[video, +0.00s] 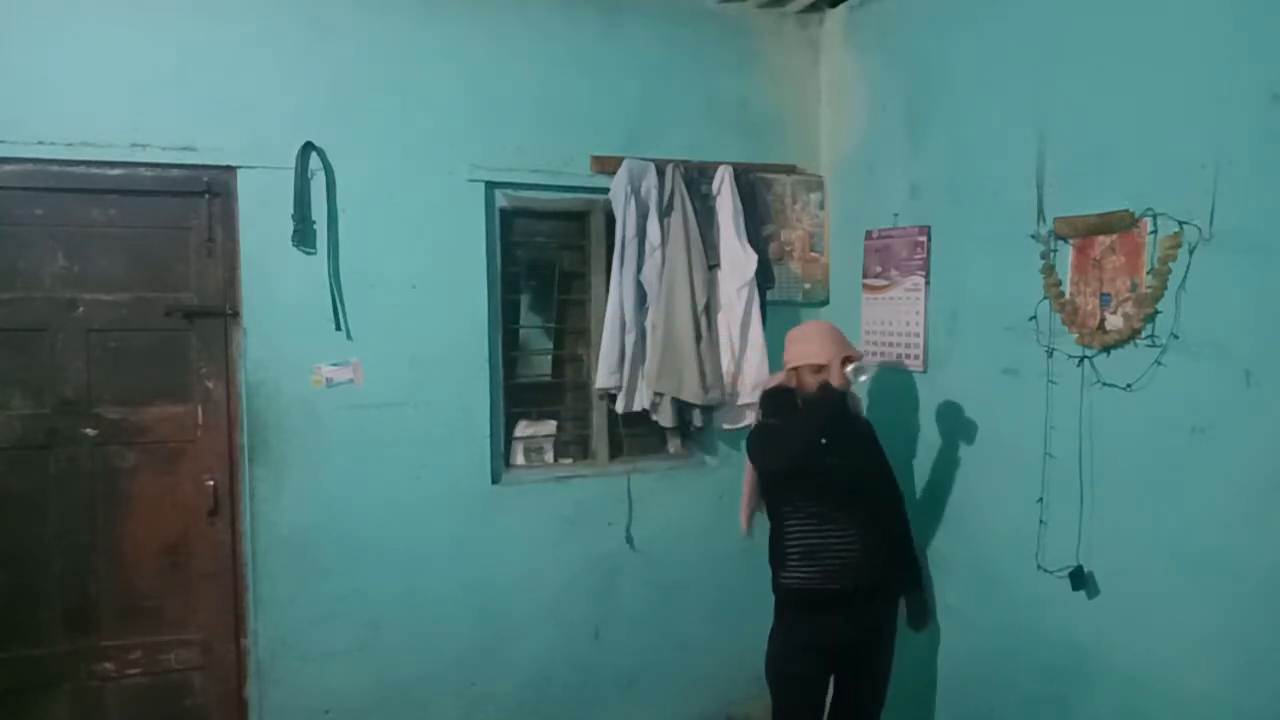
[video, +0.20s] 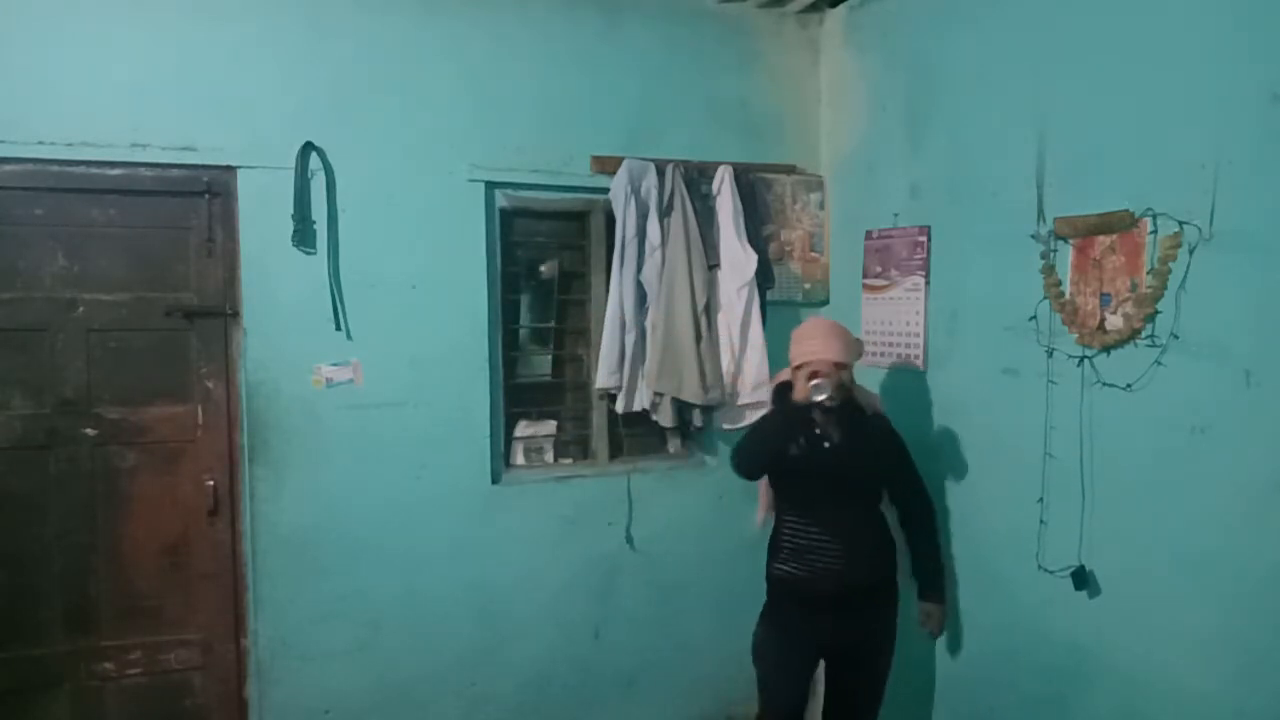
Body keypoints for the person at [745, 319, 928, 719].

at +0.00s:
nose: (834, 379)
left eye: (842, 367)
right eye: (819, 369)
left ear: (849, 369)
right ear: (792, 376)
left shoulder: (858, 429)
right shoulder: (770, 435)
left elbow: (892, 511)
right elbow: (781, 463)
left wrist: (914, 588)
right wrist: (831, 398)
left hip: (870, 610)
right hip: (802, 611)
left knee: (859, 711)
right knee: (796, 711)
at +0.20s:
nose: (823, 378)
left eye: (836, 368)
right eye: (810, 369)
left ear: (851, 374)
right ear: (792, 375)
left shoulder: (876, 431)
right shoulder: (779, 427)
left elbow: (916, 507)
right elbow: (746, 464)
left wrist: (931, 591)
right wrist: (794, 406)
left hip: (866, 602)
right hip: (793, 599)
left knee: (853, 711)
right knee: (779, 710)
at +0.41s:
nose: (825, 399)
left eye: (837, 389)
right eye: (814, 388)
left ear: (851, 386)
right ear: (792, 384)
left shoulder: (877, 440)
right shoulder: (775, 433)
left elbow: (923, 524)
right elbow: (716, 478)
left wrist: (946, 612)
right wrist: (745, 431)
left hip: (862, 606)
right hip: (788, 603)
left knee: (846, 712)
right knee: (780, 711)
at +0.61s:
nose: (805, 395)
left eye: (817, 384)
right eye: (793, 382)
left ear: (834, 382)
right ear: (775, 379)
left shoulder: (864, 445)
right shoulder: (761, 432)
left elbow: (909, 535)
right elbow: (689, 469)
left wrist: (921, 630)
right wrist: (686, 426)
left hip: (849, 616)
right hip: (774, 613)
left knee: (847, 711)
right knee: (765, 710)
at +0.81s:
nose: (763, 372)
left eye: (778, 364)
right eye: (762, 360)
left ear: (808, 377)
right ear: (756, 362)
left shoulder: (848, 447)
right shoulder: (745, 434)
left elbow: (892, 536)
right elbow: (677, 478)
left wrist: (860, 615)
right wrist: (639, 458)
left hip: (827, 629)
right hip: (758, 622)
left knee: (825, 713)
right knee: (760, 710)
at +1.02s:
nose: (745, 369)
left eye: (761, 360)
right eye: (745, 357)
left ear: (794, 374)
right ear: (738, 362)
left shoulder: (824, 453)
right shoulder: (741, 445)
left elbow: (829, 562)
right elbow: (707, 523)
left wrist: (792, 644)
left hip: (806, 631)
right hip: (749, 623)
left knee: (791, 711)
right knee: (750, 709)